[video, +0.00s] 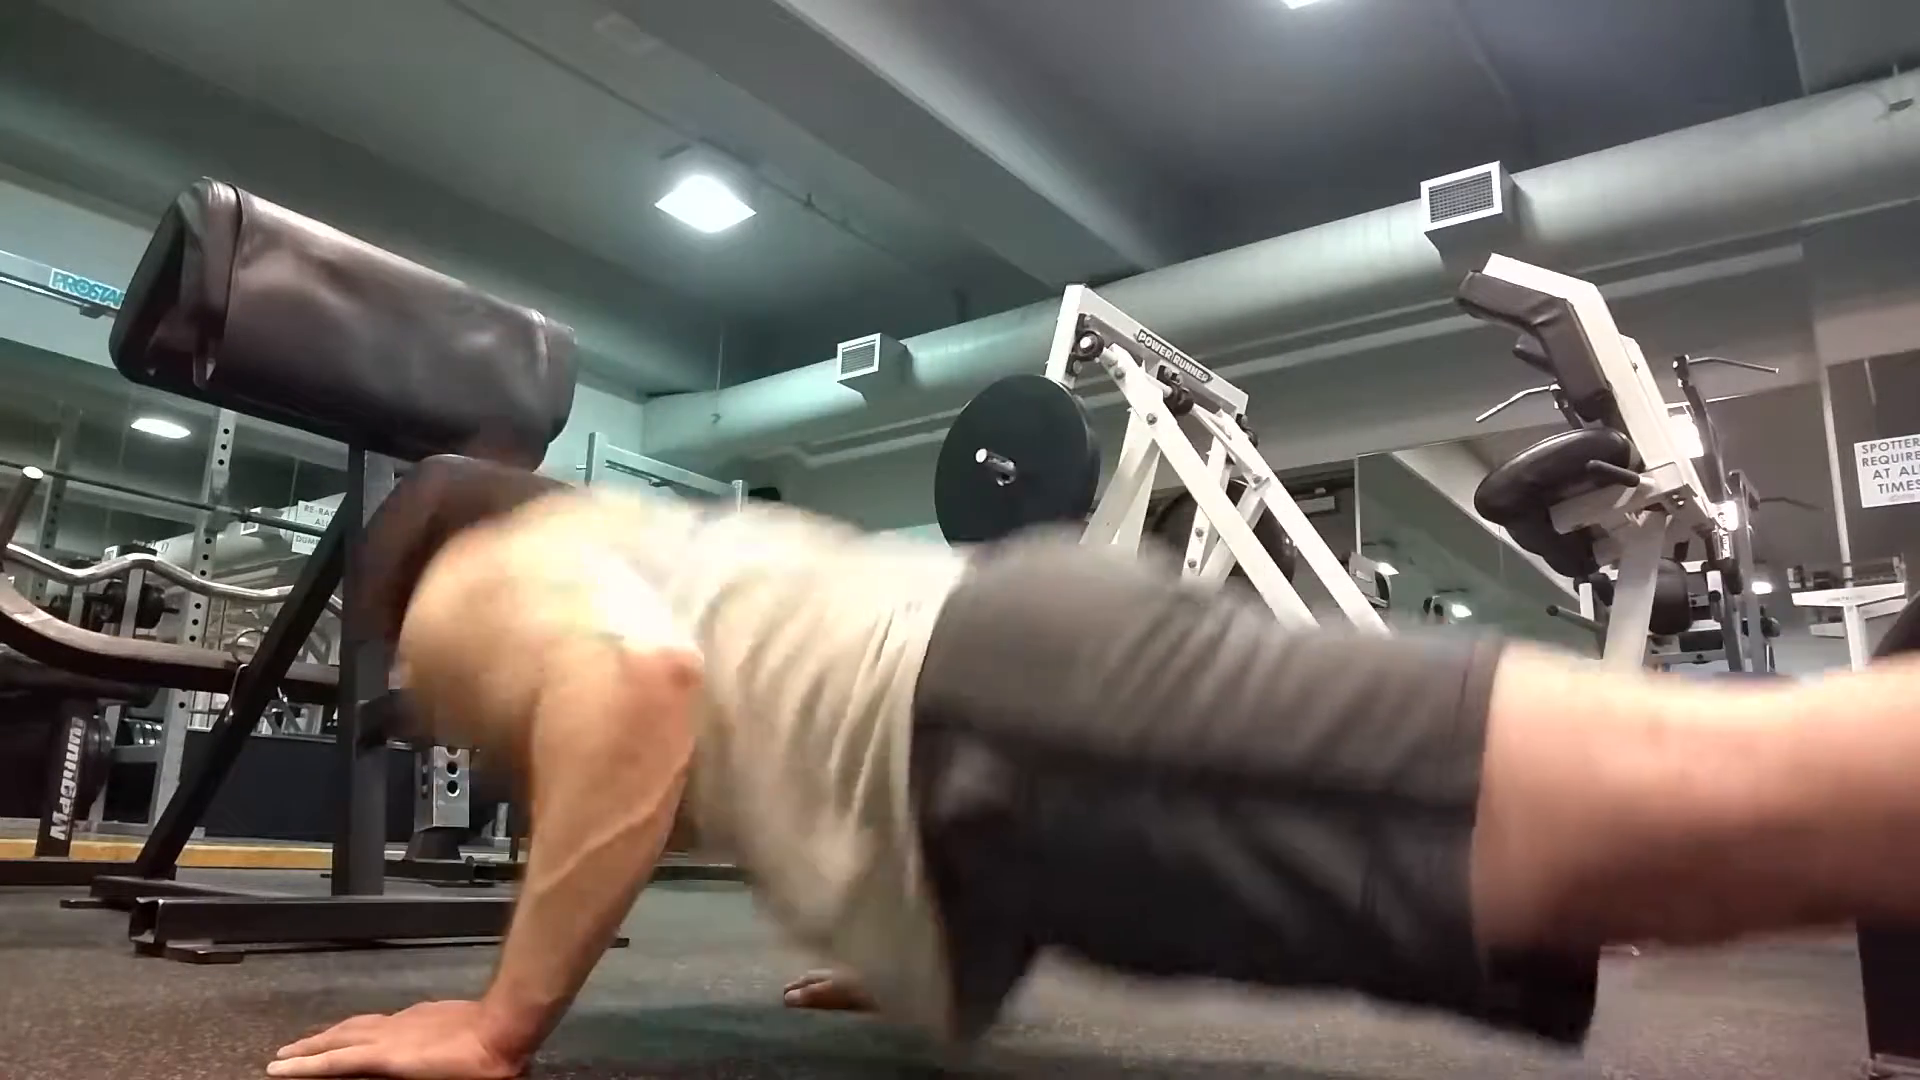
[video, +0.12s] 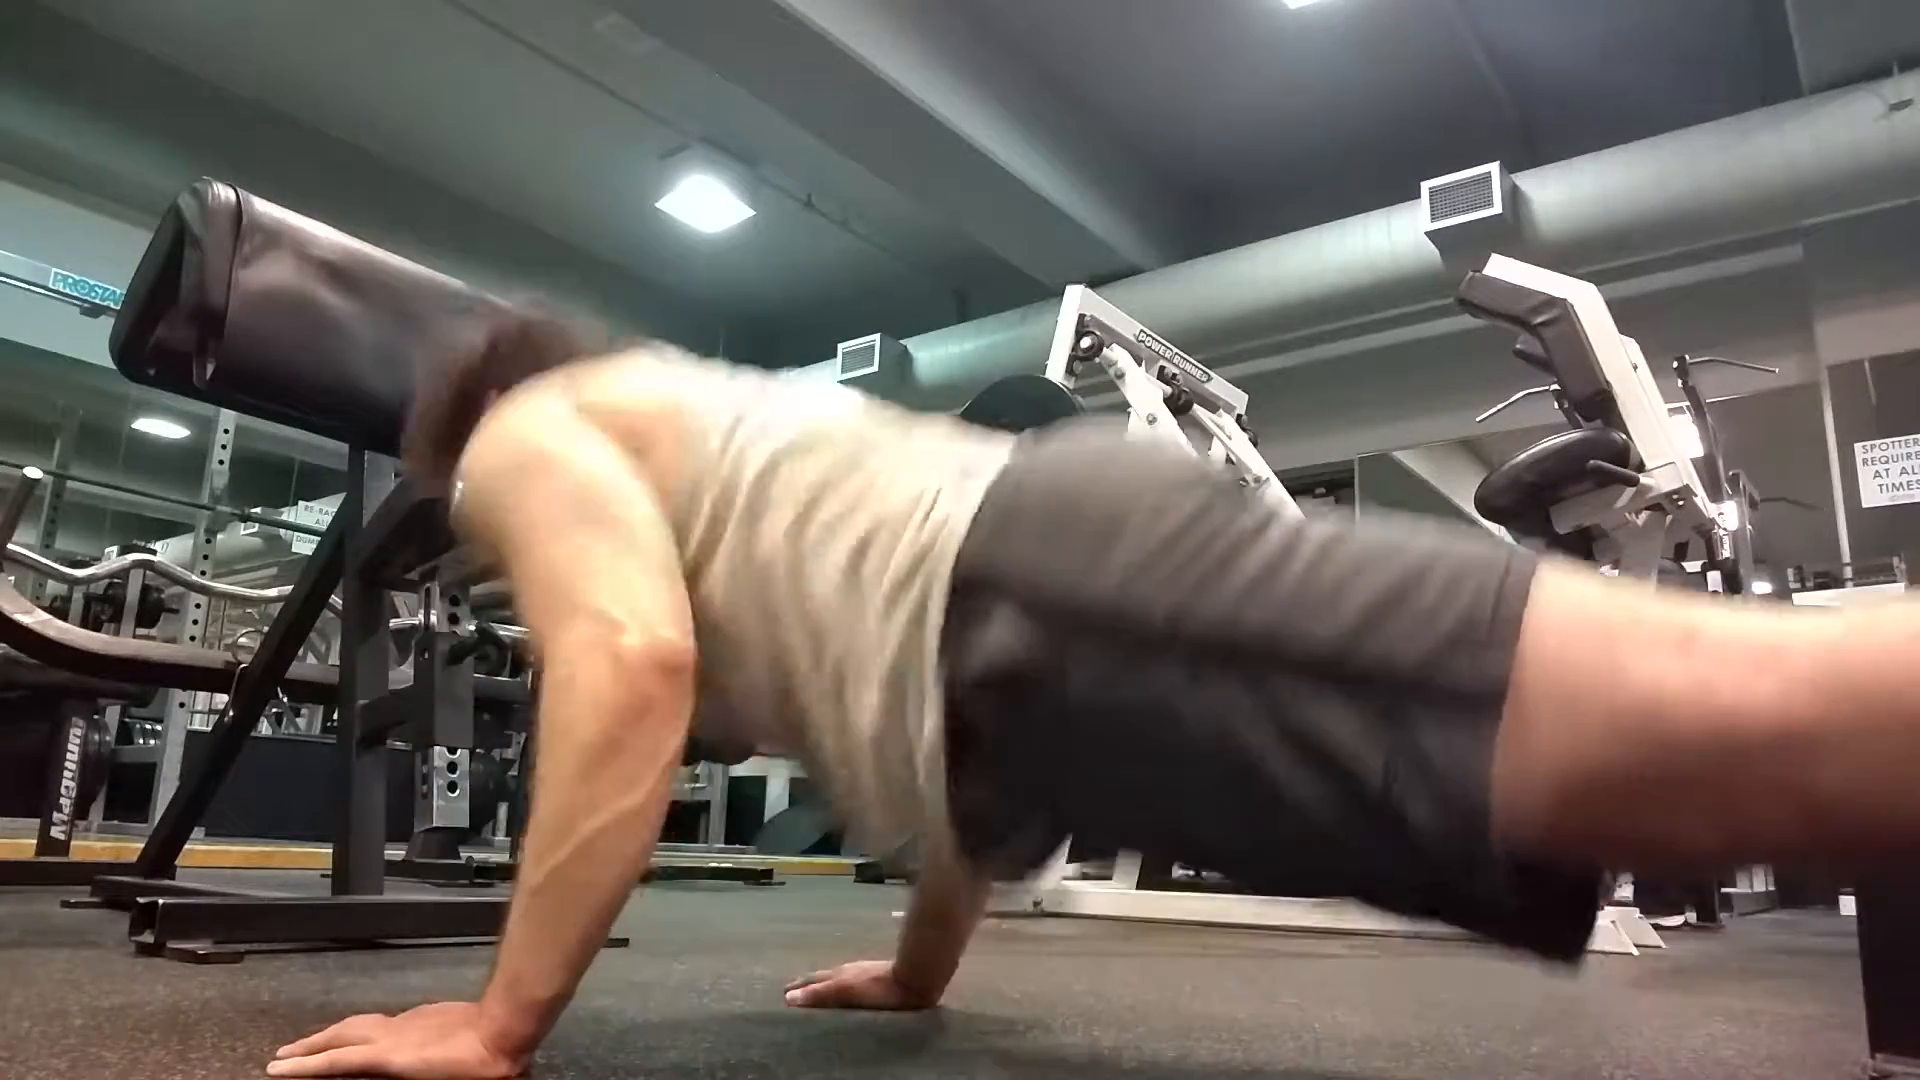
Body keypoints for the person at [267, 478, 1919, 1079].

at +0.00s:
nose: (405, 674)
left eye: (392, 639)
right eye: (399, 651)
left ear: (408, 576)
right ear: (519, 500)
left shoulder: (472, 577)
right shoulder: (659, 538)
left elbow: (628, 693)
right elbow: (849, 645)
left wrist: (494, 1019)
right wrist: (879, 932)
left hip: (995, 715)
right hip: (1029, 687)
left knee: (1712, 812)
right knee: (1704, 805)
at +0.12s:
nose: (451, 518)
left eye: (445, 482)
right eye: (449, 496)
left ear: (463, 416)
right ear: (576, 372)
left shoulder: (530, 432)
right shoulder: (743, 436)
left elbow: (625, 656)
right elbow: (939, 695)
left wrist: (499, 1018)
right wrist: (924, 963)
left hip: (1024, 591)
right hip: (1050, 604)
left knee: (1746, 736)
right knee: (1738, 741)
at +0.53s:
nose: (390, 689)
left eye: (384, 656)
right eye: (383, 670)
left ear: (411, 592)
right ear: (526, 537)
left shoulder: (470, 628)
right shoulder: (669, 595)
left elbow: (645, 703)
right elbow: (900, 715)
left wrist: (499, 1026)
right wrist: (948, 955)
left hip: (1025, 759)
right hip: (1036, 759)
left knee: (1741, 830)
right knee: (1721, 820)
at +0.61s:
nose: (403, 805)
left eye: (389, 779)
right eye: (406, 791)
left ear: (401, 704)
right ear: (510, 640)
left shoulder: (436, 723)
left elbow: (636, 690)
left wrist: (490, 1013)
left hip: (989, 829)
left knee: (1712, 866)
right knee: (1703, 866)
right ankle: (1871, 931)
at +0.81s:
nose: (410, 663)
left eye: (398, 627)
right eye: (405, 639)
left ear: (417, 564)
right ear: (521, 495)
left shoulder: (477, 574)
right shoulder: (656, 538)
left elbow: (629, 688)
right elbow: (866, 665)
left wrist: (496, 1019)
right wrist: (896, 935)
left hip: (1005, 696)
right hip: (1032, 675)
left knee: (1725, 787)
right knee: (1714, 784)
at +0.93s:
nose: (417, 502)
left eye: (419, 467)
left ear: (439, 395)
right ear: (573, 356)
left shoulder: (527, 410)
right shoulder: (733, 425)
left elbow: (610, 648)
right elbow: (912, 678)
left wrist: (497, 1016)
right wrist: (921, 960)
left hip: (1040, 556)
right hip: (1066, 591)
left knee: (1769, 702)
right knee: (1753, 725)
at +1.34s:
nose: (385, 667)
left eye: (375, 636)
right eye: (377, 649)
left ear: (398, 581)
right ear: (512, 517)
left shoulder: (466, 588)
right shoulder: (661, 555)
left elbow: (625, 692)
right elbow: (900, 720)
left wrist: (494, 1021)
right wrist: (923, 966)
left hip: (1028, 646)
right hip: (1063, 691)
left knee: (1708, 733)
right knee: (1677, 798)